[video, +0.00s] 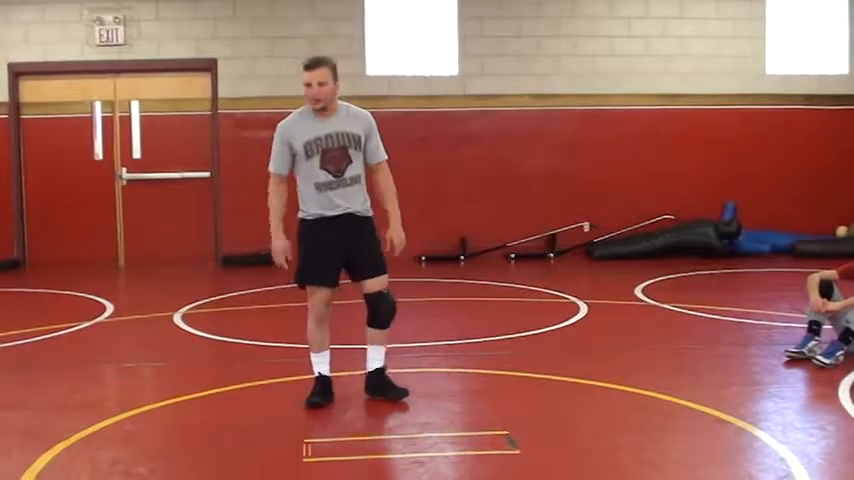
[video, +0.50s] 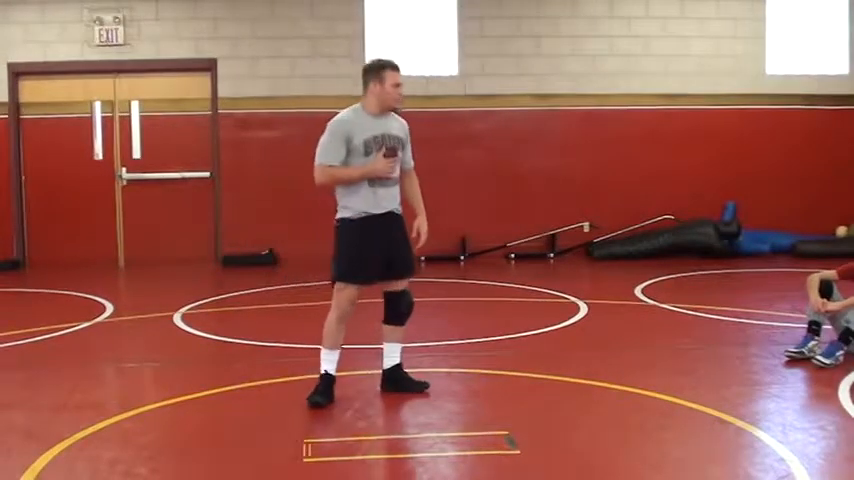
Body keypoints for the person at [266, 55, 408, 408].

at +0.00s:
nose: (314, 91)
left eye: (321, 84)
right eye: (308, 85)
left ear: (337, 86)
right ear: (303, 88)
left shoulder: (362, 120)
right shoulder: (288, 129)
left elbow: (381, 171)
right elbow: (277, 182)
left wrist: (394, 222)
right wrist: (277, 234)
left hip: (359, 223)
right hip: (316, 226)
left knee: (381, 302)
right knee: (319, 304)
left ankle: (376, 376)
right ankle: (322, 381)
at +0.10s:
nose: (335, 89)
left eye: (340, 82)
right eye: (327, 83)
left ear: (347, 84)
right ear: (313, 87)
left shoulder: (367, 121)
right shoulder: (293, 129)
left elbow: (387, 170)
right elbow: (279, 179)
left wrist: (406, 216)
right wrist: (303, 213)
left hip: (362, 222)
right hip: (321, 225)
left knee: (387, 300)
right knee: (321, 304)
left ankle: (387, 372)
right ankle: (322, 380)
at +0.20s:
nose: (352, 89)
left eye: (354, 83)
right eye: (344, 83)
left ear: (357, 85)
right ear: (325, 86)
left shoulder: (372, 122)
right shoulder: (301, 129)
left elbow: (392, 170)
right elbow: (284, 179)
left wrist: (410, 215)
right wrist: (323, 186)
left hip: (367, 223)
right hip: (326, 227)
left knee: (389, 300)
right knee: (324, 306)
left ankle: (391, 371)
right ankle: (323, 381)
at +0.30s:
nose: (368, 89)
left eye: (369, 83)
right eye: (361, 84)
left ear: (366, 86)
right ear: (339, 86)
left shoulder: (380, 122)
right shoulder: (313, 128)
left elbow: (396, 171)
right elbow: (296, 178)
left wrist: (412, 215)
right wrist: (344, 172)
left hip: (375, 222)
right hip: (335, 225)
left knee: (392, 297)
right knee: (330, 305)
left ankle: (392, 371)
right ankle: (324, 379)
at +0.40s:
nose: (385, 89)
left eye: (386, 83)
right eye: (379, 84)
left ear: (372, 87)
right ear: (357, 86)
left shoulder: (389, 123)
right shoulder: (328, 125)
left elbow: (400, 172)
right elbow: (310, 177)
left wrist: (414, 214)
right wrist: (359, 170)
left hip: (383, 221)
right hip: (345, 224)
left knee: (396, 299)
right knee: (336, 303)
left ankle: (392, 371)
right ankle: (325, 379)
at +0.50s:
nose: (401, 92)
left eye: (401, 86)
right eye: (396, 86)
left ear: (388, 88)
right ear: (374, 87)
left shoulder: (399, 125)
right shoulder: (342, 124)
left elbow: (408, 173)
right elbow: (322, 175)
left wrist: (420, 214)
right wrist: (369, 170)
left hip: (391, 222)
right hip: (353, 224)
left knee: (398, 298)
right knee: (344, 302)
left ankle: (392, 372)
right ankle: (326, 379)